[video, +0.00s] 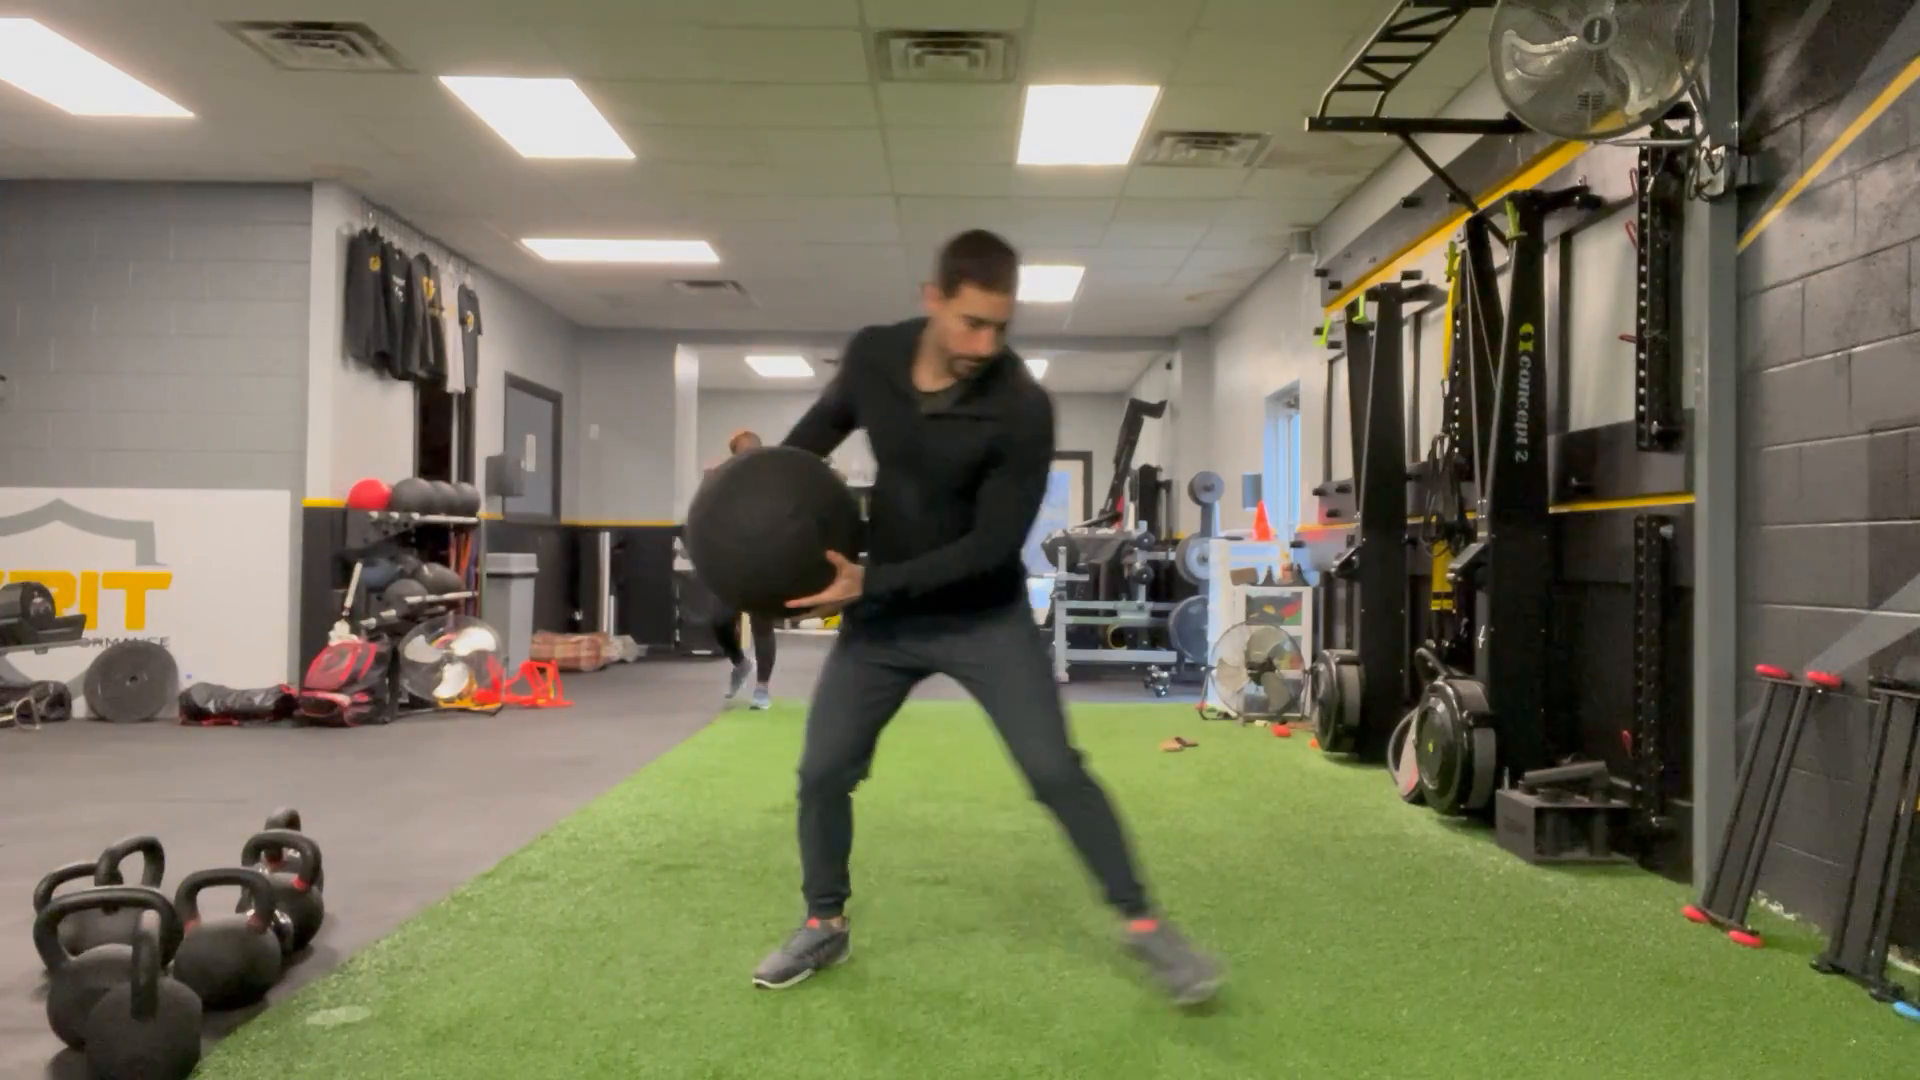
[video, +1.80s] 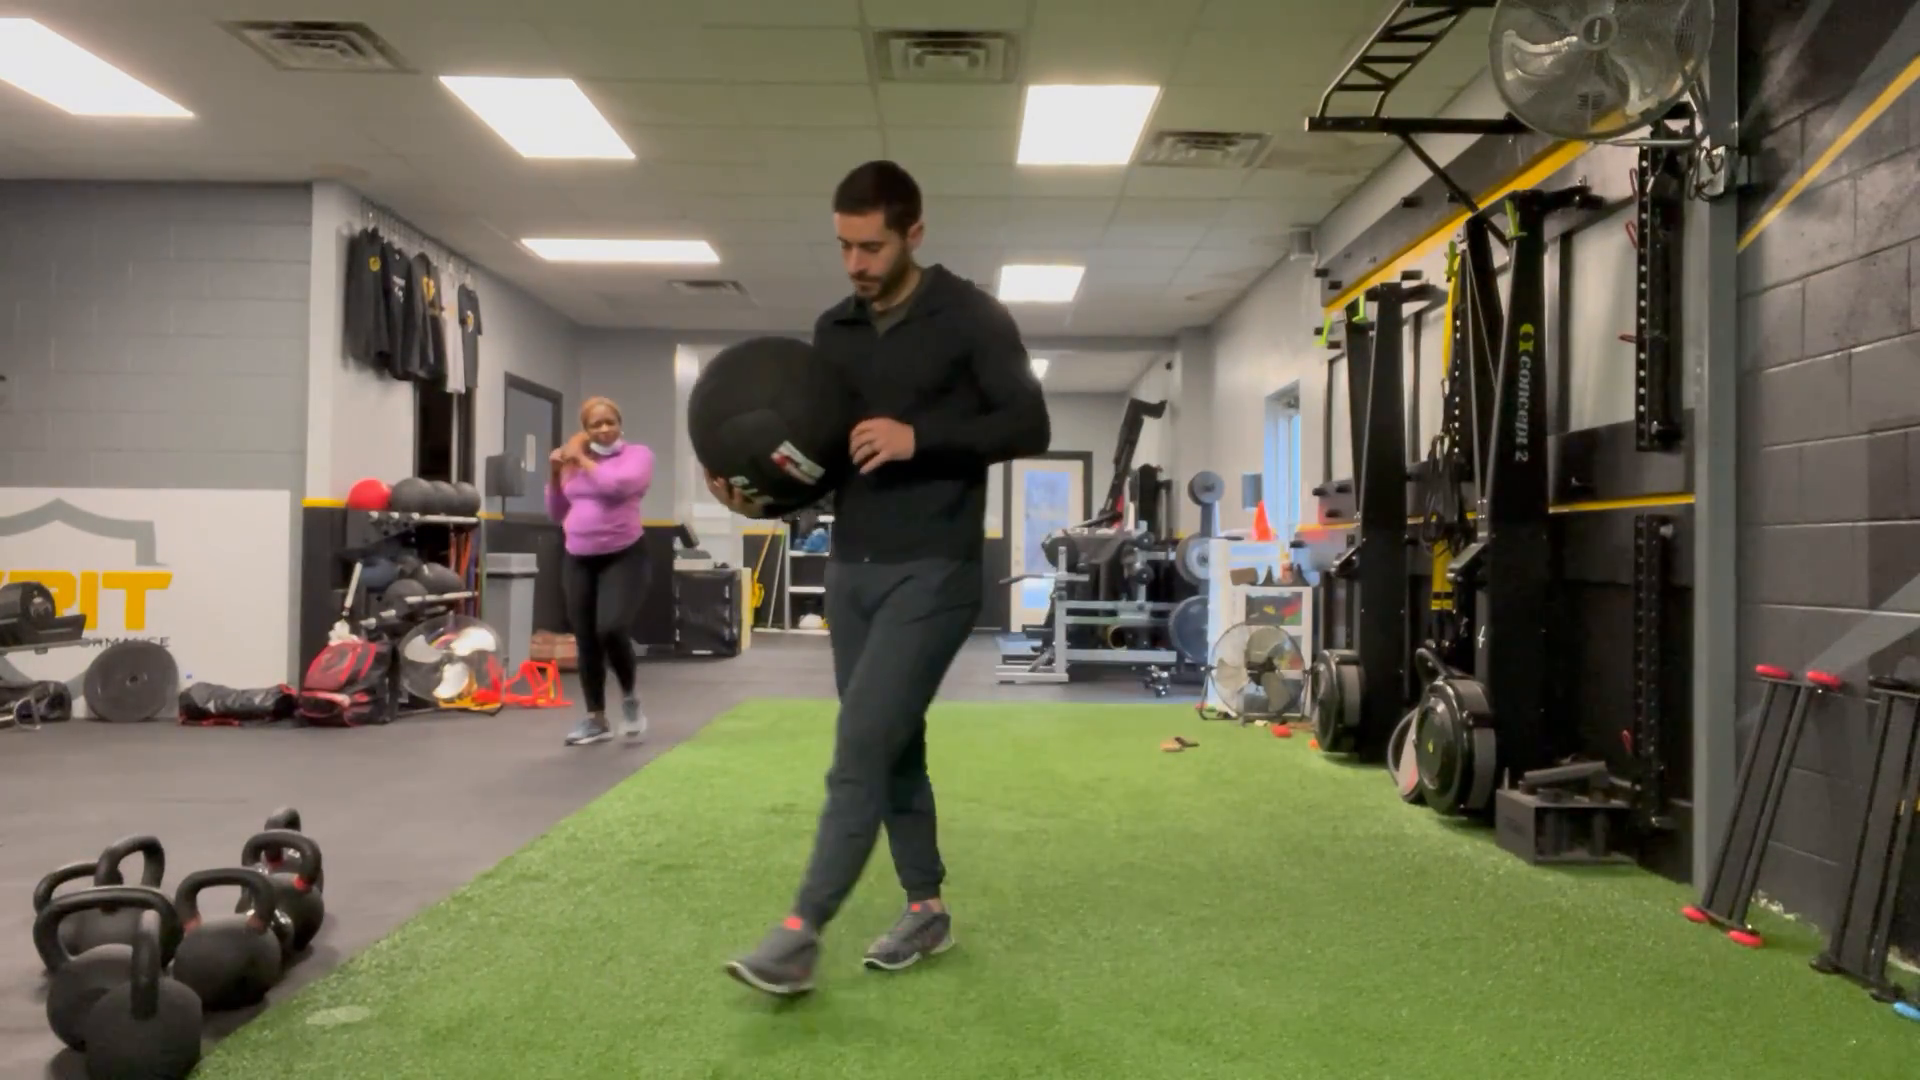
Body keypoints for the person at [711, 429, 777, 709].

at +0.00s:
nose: (748, 460)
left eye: (751, 454)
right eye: (742, 455)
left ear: (759, 454)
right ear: (734, 455)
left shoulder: (770, 480)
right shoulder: (723, 479)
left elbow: (787, 520)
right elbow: (704, 521)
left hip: (765, 562)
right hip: (731, 562)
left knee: (762, 625)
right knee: (720, 622)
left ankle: (763, 686)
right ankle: (741, 664)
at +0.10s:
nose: (743, 452)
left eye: (747, 447)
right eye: (737, 448)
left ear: (755, 448)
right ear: (729, 453)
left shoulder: (764, 473)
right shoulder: (722, 476)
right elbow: (709, 518)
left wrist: (724, 476)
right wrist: (701, 486)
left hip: (755, 557)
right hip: (725, 557)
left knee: (758, 624)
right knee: (710, 618)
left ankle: (761, 686)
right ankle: (725, 678)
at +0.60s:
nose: (694, 445)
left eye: (699, 439)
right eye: (687, 441)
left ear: (708, 441)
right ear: (679, 447)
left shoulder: (723, 468)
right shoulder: (673, 472)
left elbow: (703, 496)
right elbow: (654, 513)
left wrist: (675, 472)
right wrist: (655, 480)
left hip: (713, 554)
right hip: (675, 556)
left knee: (707, 621)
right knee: (680, 624)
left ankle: (725, 674)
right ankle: (683, 694)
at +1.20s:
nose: (664, 437)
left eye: (670, 431)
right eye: (657, 433)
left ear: (681, 433)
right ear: (649, 438)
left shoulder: (697, 462)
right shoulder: (642, 465)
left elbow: (672, 493)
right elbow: (629, 515)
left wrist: (644, 463)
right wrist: (623, 478)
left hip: (685, 555)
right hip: (644, 558)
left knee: (675, 629)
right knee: (627, 624)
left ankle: (680, 707)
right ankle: (650, 684)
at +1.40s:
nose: (646, 435)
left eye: (652, 429)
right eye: (639, 431)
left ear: (664, 431)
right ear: (632, 437)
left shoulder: (683, 460)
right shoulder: (628, 465)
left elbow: (653, 491)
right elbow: (617, 514)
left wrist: (629, 464)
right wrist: (609, 482)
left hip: (671, 556)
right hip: (629, 558)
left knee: (670, 634)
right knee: (620, 632)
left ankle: (678, 709)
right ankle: (603, 710)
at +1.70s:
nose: (613, 432)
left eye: (619, 426)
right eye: (605, 428)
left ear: (628, 428)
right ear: (595, 435)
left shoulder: (646, 458)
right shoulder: (585, 463)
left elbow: (623, 491)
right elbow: (569, 516)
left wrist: (591, 459)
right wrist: (564, 477)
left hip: (633, 558)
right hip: (589, 561)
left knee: (628, 634)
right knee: (592, 638)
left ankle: (657, 688)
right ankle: (597, 718)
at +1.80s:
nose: (604, 429)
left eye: (610, 422)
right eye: (597, 424)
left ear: (620, 425)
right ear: (586, 430)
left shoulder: (637, 455)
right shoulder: (573, 460)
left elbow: (616, 486)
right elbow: (558, 513)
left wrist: (582, 458)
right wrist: (555, 473)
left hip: (624, 555)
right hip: (579, 558)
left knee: (610, 628)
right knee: (586, 637)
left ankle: (629, 701)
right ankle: (595, 717)